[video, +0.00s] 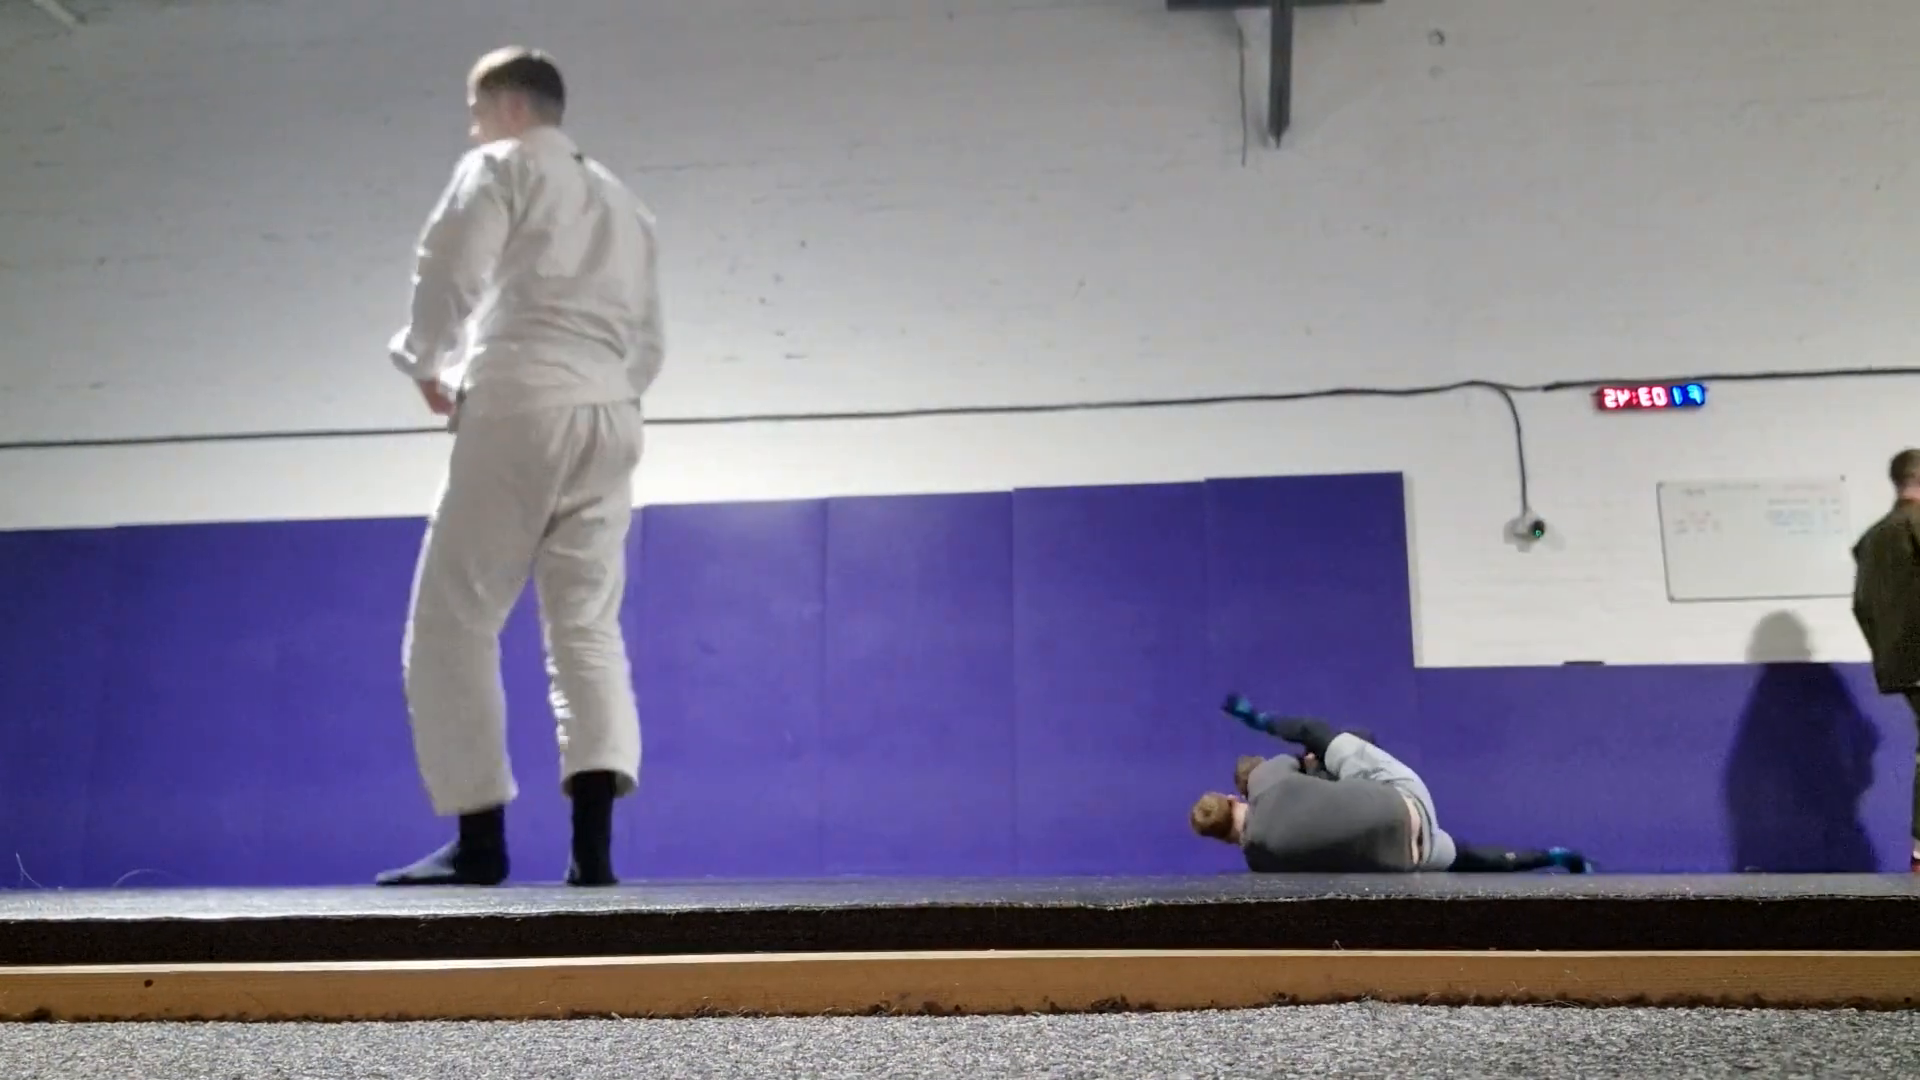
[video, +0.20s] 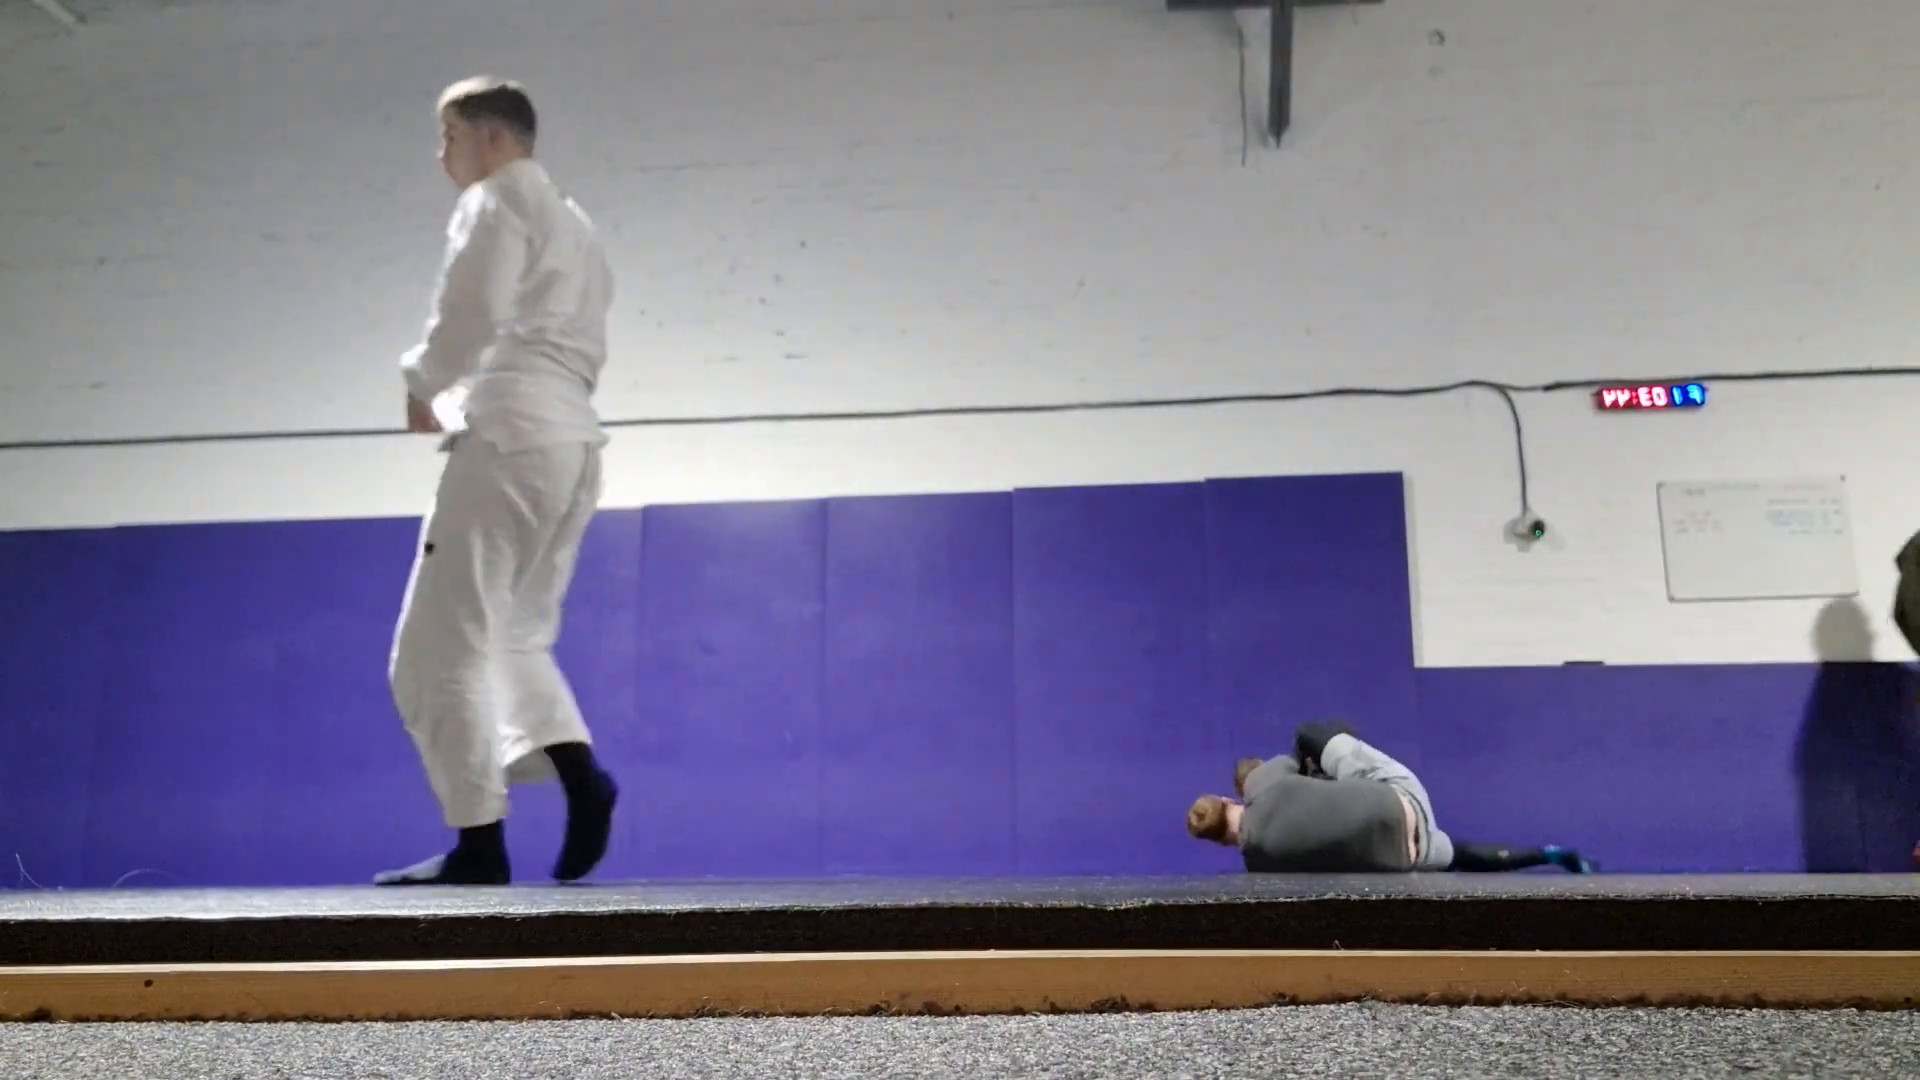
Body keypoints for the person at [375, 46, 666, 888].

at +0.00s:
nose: (476, 126)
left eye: (479, 110)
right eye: (476, 112)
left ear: (508, 103)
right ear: (553, 107)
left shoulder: (497, 166)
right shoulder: (628, 205)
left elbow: (451, 260)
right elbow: (647, 337)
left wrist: (423, 360)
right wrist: (608, 407)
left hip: (516, 408)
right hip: (612, 418)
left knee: (454, 617)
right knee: (588, 626)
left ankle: (478, 844)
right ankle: (593, 854)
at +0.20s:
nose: (444, 158)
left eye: (450, 139)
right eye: (443, 141)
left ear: (490, 134)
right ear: (521, 137)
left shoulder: (496, 199)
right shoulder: (582, 226)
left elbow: (473, 310)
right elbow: (581, 348)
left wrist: (421, 384)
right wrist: (503, 407)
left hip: (508, 438)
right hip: (577, 446)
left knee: (439, 641)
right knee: (519, 632)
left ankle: (479, 844)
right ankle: (582, 779)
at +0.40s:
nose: (441, 160)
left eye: (454, 145)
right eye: (437, 148)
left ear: (504, 149)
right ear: (466, 158)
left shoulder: (525, 216)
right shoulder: (482, 238)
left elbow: (527, 335)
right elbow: (471, 360)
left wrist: (450, 412)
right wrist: (433, 432)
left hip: (527, 457)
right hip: (504, 457)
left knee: (444, 651)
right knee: (456, 647)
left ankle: (484, 841)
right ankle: (502, 832)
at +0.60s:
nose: (458, 189)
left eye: (474, 176)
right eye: (448, 178)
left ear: (512, 187)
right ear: (439, 193)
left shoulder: (555, 266)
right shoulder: (436, 282)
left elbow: (593, 369)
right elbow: (397, 391)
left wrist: (532, 434)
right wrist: (383, 457)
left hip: (537, 483)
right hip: (467, 484)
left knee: (479, 657)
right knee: (431, 668)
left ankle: (487, 846)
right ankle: (474, 841)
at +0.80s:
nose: (490, 194)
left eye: (505, 182)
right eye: (478, 182)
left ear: (533, 196)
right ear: (461, 195)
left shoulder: (571, 281)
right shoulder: (427, 285)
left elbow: (621, 384)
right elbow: (380, 390)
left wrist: (582, 444)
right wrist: (394, 451)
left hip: (545, 495)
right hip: (461, 495)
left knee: (543, 667)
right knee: (448, 677)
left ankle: (548, 840)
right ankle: (476, 848)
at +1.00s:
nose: (535, 204)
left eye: (550, 194)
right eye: (524, 190)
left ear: (568, 212)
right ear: (496, 198)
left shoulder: (596, 300)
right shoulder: (449, 285)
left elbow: (620, 403)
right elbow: (401, 387)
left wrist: (601, 463)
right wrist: (430, 448)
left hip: (564, 503)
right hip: (474, 500)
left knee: (569, 676)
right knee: (459, 675)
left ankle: (565, 849)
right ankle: (475, 849)